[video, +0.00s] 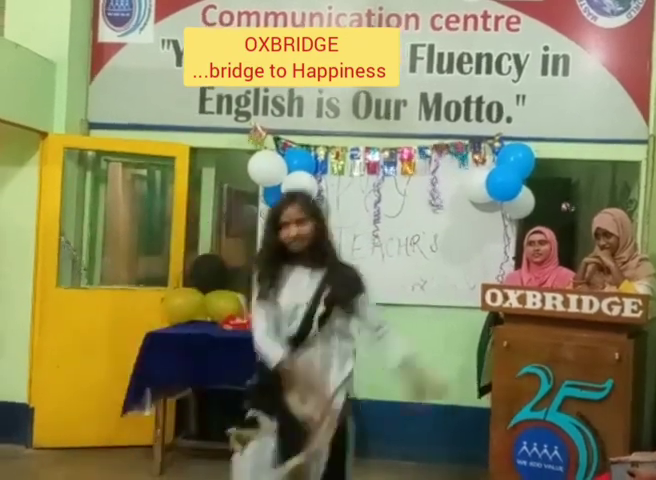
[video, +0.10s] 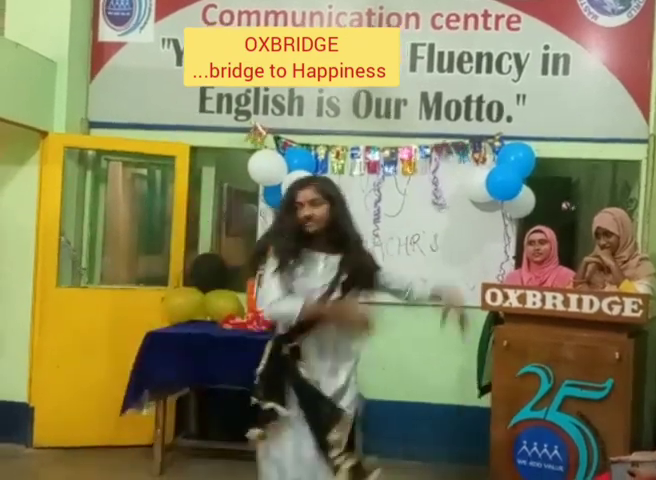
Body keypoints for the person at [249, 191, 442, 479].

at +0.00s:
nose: (293, 232)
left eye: (301, 223)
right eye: (284, 226)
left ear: (317, 225)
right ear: (276, 232)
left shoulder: (341, 277)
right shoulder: (268, 274)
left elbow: (377, 329)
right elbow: (261, 331)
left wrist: (411, 367)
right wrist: (283, 363)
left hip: (330, 394)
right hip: (284, 393)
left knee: (330, 471)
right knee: (286, 468)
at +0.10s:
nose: (306, 213)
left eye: (315, 204)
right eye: (298, 206)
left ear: (333, 208)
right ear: (292, 213)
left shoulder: (353, 260)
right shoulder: (280, 254)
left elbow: (401, 286)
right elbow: (272, 306)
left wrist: (442, 292)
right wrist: (329, 310)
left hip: (336, 382)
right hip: (286, 380)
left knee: (329, 465)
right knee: (285, 462)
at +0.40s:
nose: (319, 219)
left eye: (329, 210)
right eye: (313, 211)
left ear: (350, 216)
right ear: (306, 217)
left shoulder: (365, 264)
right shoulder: (293, 264)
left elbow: (411, 316)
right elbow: (291, 336)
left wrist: (454, 290)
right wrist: (341, 318)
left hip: (351, 383)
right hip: (303, 384)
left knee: (346, 465)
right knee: (298, 463)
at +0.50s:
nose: (315, 235)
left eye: (326, 227)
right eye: (309, 228)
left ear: (344, 233)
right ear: (302, 234)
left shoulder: (361, 285)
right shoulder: (287, 289)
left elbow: (383, 344)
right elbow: (281, 355)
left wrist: (436, 374)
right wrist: (306, 389)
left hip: (347, 396)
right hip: (299, 396)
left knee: (345, 470)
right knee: (294, 468)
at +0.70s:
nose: (290, 216)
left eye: (302, 211)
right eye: (285, 207)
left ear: (316, 221)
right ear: (275, 212)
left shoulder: (319, 274)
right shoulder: (251, 260)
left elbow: (304, 339)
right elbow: (223, 315)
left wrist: (262, 383)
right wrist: (193, 375)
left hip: (292, 377)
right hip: (241, 372)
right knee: (229, 454)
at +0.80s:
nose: (268, 208)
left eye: (280, 204)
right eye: (264, 200)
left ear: (296, 213)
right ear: (255, 204)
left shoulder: (302, 261)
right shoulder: (239, 254)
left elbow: (279, 315)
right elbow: (202, 292)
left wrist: (230, 316)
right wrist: (161, 313)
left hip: (278, 377)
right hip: (235, 372)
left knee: (273, 462)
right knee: (216, 459)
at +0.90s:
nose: (253, 207)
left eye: (264, 202)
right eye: (248, 199)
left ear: (280, 209)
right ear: (239, 203)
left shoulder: (292, 255)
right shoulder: (230, 251)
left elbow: (257, 293)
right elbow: (179, 291)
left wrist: (213, 270)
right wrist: (130, 275)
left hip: (263, 371)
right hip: (222, 364)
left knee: (253, 456)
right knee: (206, 452)